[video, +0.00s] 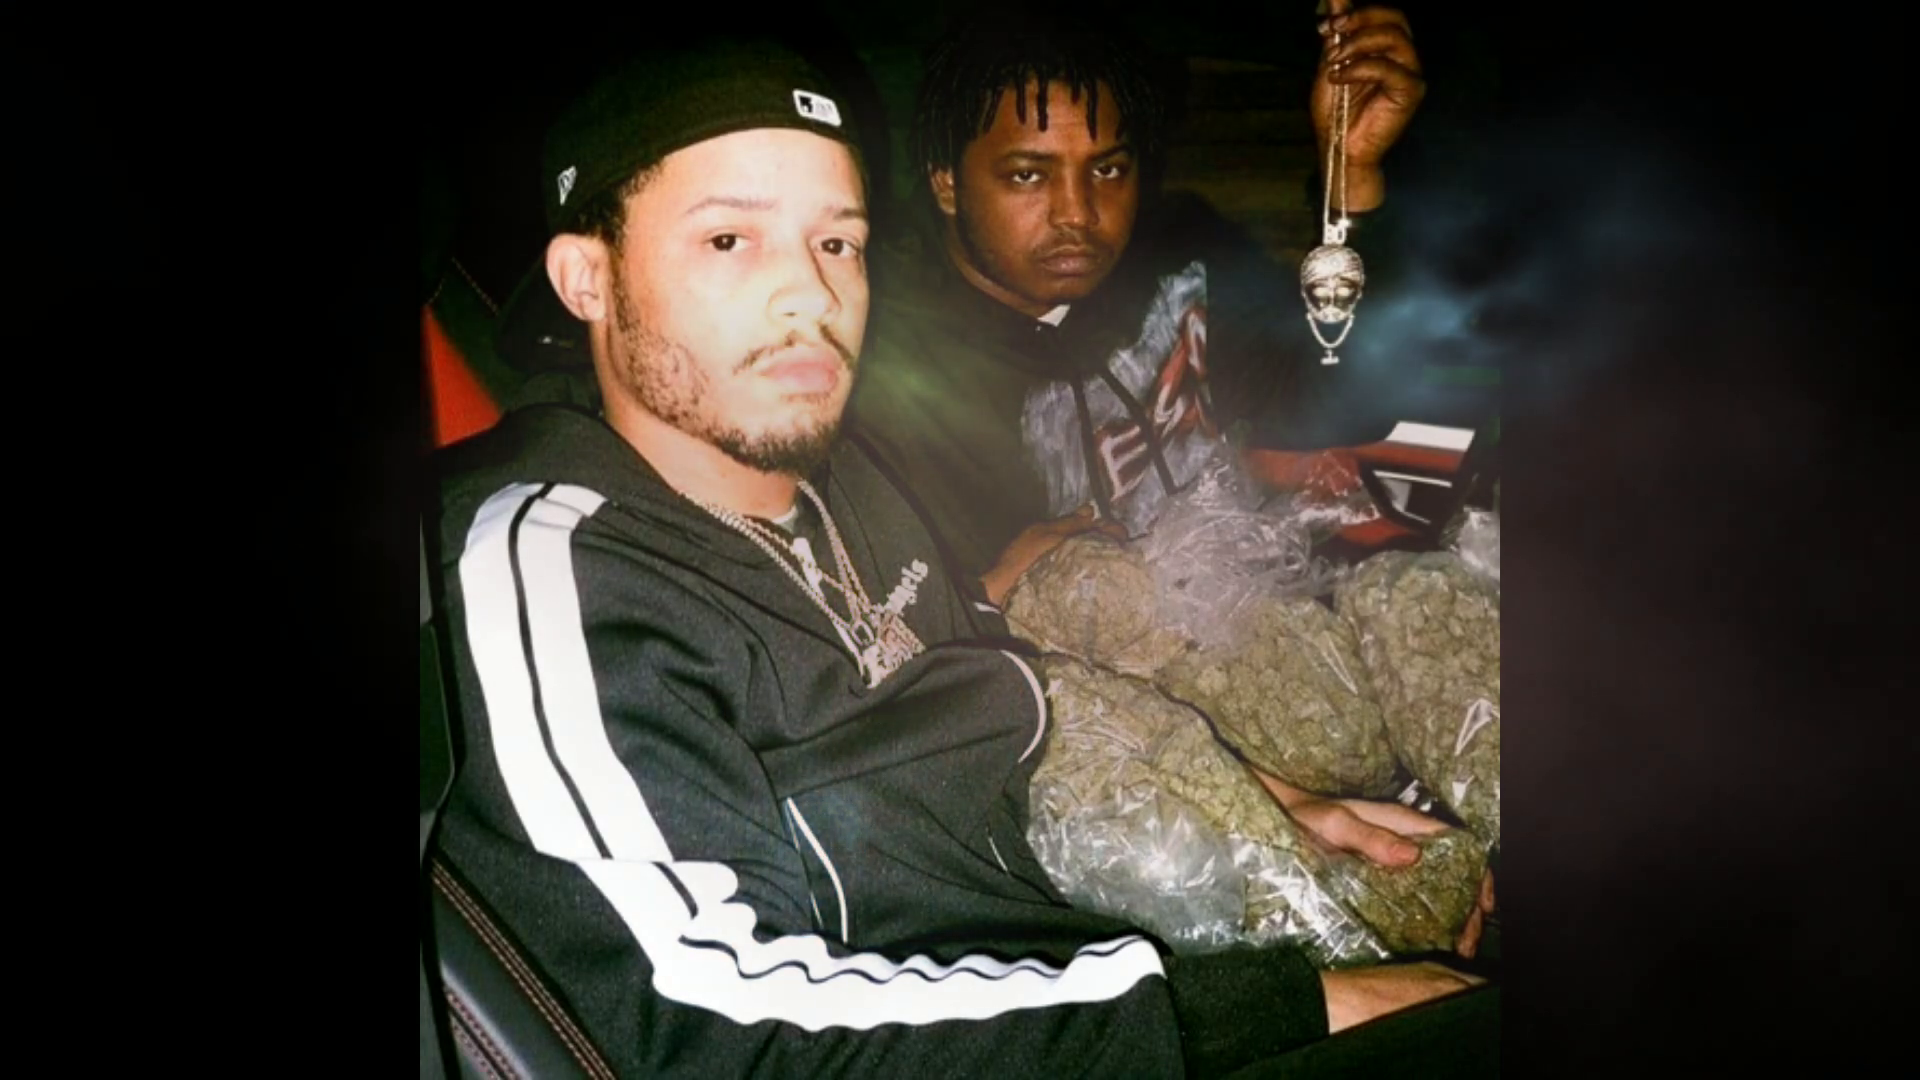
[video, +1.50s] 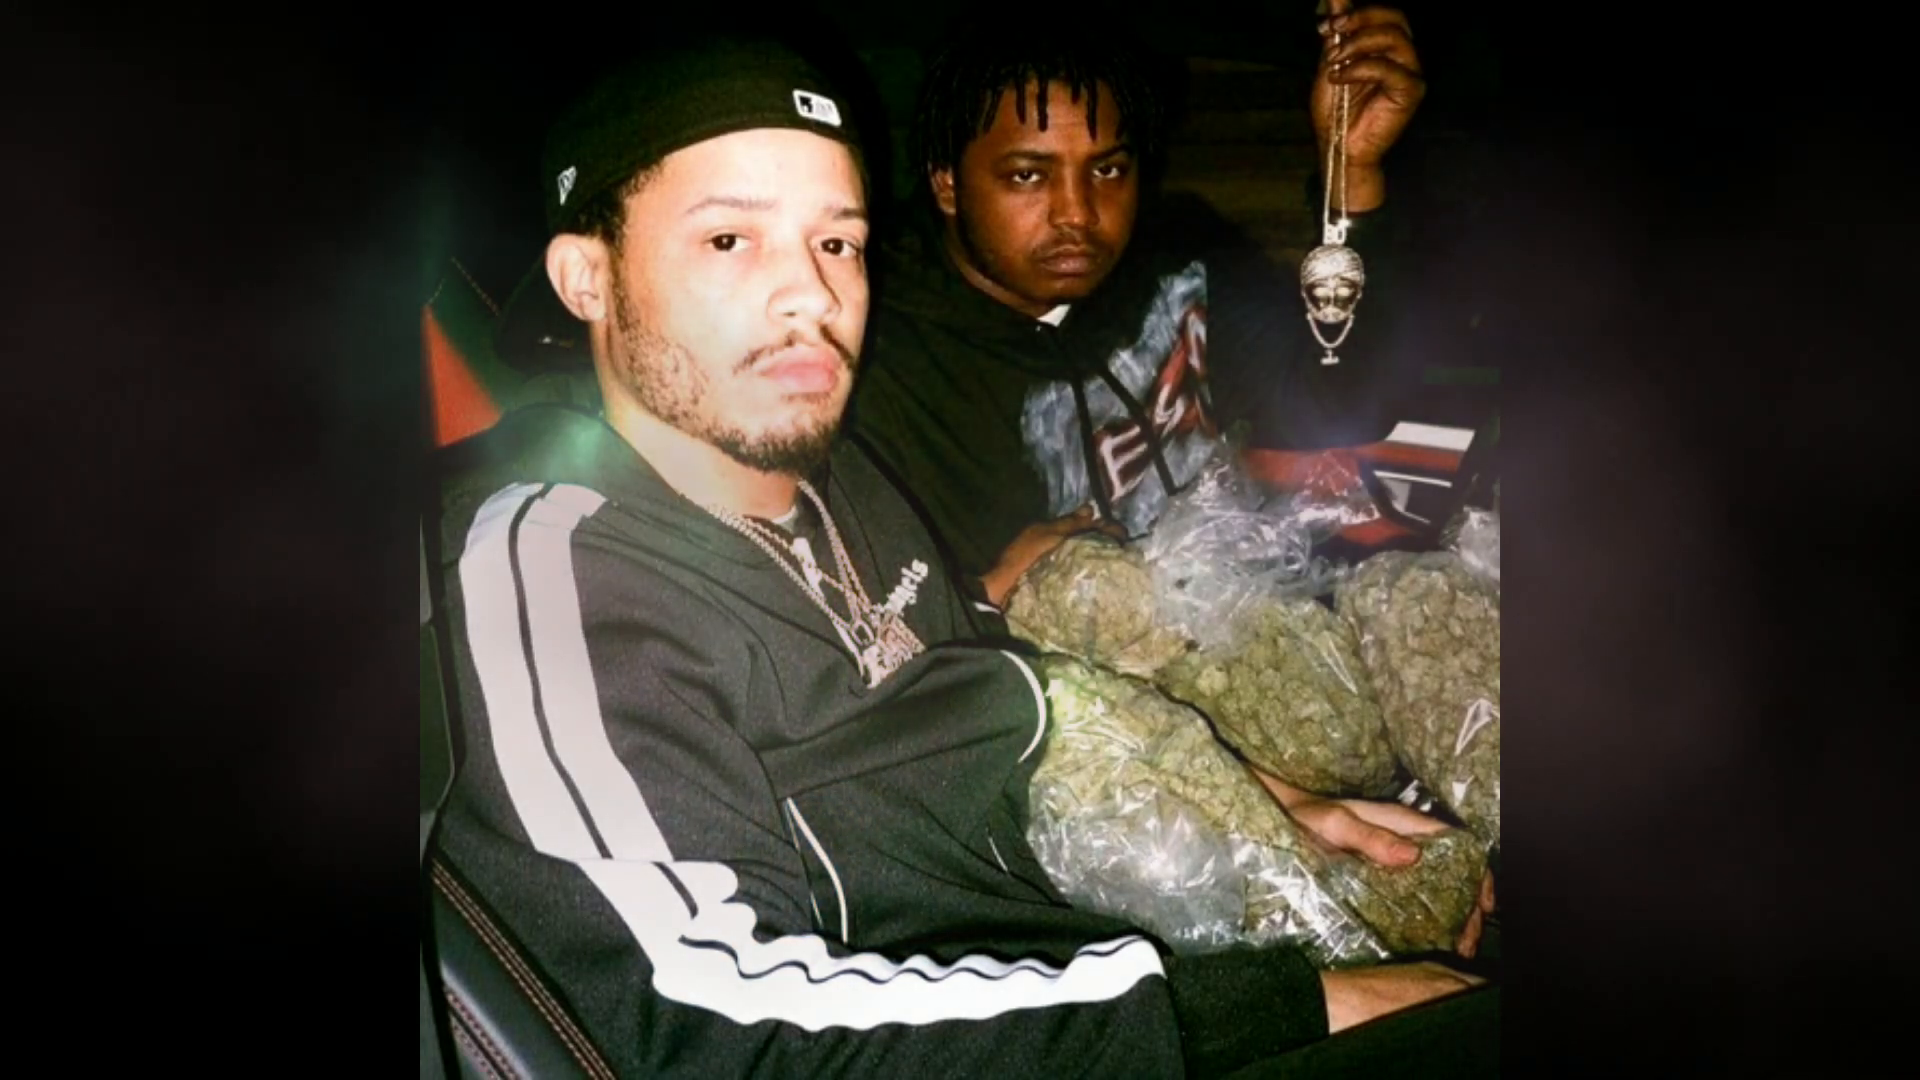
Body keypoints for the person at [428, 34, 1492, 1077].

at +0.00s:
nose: (811, 302)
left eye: (836, 249)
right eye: (730, 244)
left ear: (868, 270)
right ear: (590, 284)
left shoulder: (838, 481)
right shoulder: (533, 553)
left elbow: (1011, 731)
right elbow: (706, 1011)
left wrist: (1268, 820)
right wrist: (1274, 1008)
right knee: (1490, 1012)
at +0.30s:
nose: (810, 304)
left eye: (836, 250)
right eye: (729, 244)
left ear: (868, 270)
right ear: (588, 282)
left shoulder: (838, 482)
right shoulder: (533, 554)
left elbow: (1014, 737)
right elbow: (709, 1015)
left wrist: (1270, 820)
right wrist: (1275, 1009)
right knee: (1478, 1007)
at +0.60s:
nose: (810, 305)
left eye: (835, 249)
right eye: (729, 245)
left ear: (867, 268)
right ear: (588, 282)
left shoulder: (831, 481)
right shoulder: (534, 558)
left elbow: (1010, 737)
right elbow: (710, 1016)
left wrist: (1269, 820)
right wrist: (1277, 1009)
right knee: (1468, 1004)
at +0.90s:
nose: (811, 303)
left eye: (835, 249)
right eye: (729, 244)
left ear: (867, 267)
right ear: (588, 283)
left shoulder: (825, 475)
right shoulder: (534, 555)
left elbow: (1009, 729)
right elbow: (710, 1015)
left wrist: (1269, 820)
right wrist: (1279, 1008)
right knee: (1475, 1004)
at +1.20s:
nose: (810, 303)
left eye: (835, 250)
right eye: (729, 244)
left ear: (866, 270)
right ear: (589, 282)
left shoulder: (829, 482)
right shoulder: (539, 553)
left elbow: (1012, 742)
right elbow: (707, 1017)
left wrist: (1270, 820)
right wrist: (1276, 1007)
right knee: (1481, 1004)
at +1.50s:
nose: (810, 303)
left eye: (835, 249)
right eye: (729, 244)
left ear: (866, 269)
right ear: (588, 282)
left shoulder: (828, 482)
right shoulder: (536, 552)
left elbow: (1010, 745)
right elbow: (707, 1019)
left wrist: (1267, 820)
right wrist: (1278, 1008)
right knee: (1489, 1006)